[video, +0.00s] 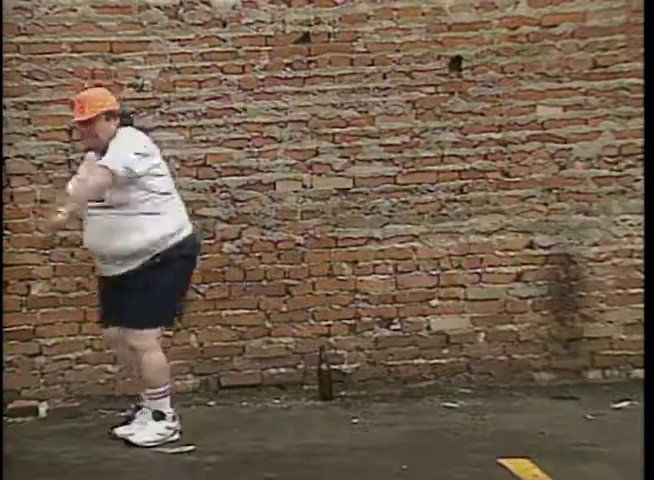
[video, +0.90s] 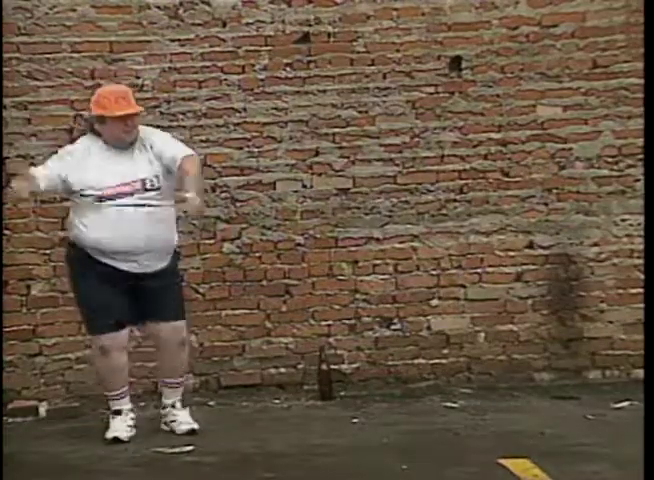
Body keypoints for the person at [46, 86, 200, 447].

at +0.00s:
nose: (84, 132)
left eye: (90, 124)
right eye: (80, 126)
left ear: (112, 119)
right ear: (79, 126)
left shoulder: (130, 142)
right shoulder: (95, 156)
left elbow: (101, 181)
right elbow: (79, 188)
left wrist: (73, 197)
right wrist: (67, 208)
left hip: (158, 254)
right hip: (122, 259)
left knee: (143, 337)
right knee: (121, 336)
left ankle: (164, 417)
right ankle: (150, 409)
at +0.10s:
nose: (91, 124)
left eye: (96, 115)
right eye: (86, 118)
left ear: (117, 105)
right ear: (84, 115)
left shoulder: (142, 134)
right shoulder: (98, 144)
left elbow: (144, 177)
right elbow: (95, 185)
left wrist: (107, 212)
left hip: (150, 247)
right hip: (108, 251)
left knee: (144, 333)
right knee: (100, 328)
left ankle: (164, 417)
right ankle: (142, 397)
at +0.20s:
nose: (95, 116)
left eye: (100, 106)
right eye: (89, 109)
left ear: (120, 96)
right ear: (85, 107)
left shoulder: (154, 128)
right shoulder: (93, 134)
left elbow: (172, 179)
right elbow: (92, 182)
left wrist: (153, 217)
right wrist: (81, 221)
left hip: (137, 242)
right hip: (91, 245)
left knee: (142, 329)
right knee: (95, 323)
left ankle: (162, 414)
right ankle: (123, 403)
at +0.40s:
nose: (107, 124)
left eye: (115, 116)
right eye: (100, 117)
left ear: (132, 112)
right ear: (92, 116)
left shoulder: (154, 145)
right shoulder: (95, 146)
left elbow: (194, 185)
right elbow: (91, 192)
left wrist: (185, 215)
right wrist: (65, 221)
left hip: (128, 258)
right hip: (74, 258)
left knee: (121, 342)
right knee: (76, 340)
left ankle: (160, 416)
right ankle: (102, 418)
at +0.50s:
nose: (119, 105)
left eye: (127, 98)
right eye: (112, 98)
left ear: (139, 100)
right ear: (98, 99)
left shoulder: (154, 140)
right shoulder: (84, 130)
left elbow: (182, 192)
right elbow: (60, 169)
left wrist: (167, 182)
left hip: (134, 249)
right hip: (78, 248)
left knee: (136, 331)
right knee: (88, 335)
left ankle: (159, 415)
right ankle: (102, 415)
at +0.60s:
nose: (128, 96)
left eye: (134, 89)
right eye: (120, 87)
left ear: (141, 91)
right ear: (101, 86)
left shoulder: (152, 126)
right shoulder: (76, 109)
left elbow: (180, 176)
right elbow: (29, 131)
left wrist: (157, 162)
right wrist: (47, 134)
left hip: (145, 234)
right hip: (87, 236)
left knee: (148, 315)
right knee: (98, 326)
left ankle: (160, 404)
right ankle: (104, 411)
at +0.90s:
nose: (130, 124)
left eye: (133, 117)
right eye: (121, 119)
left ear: (138, 115)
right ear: (99, 123)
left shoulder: (152, 140)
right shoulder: (80, 154)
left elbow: (188, 160)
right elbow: (42, 175)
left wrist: (191, 192)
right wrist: (25, 181)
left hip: (158, 260)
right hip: (98, 262)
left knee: (174, 333)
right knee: (110, 342)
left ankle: (173, 407)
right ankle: (121, 412)